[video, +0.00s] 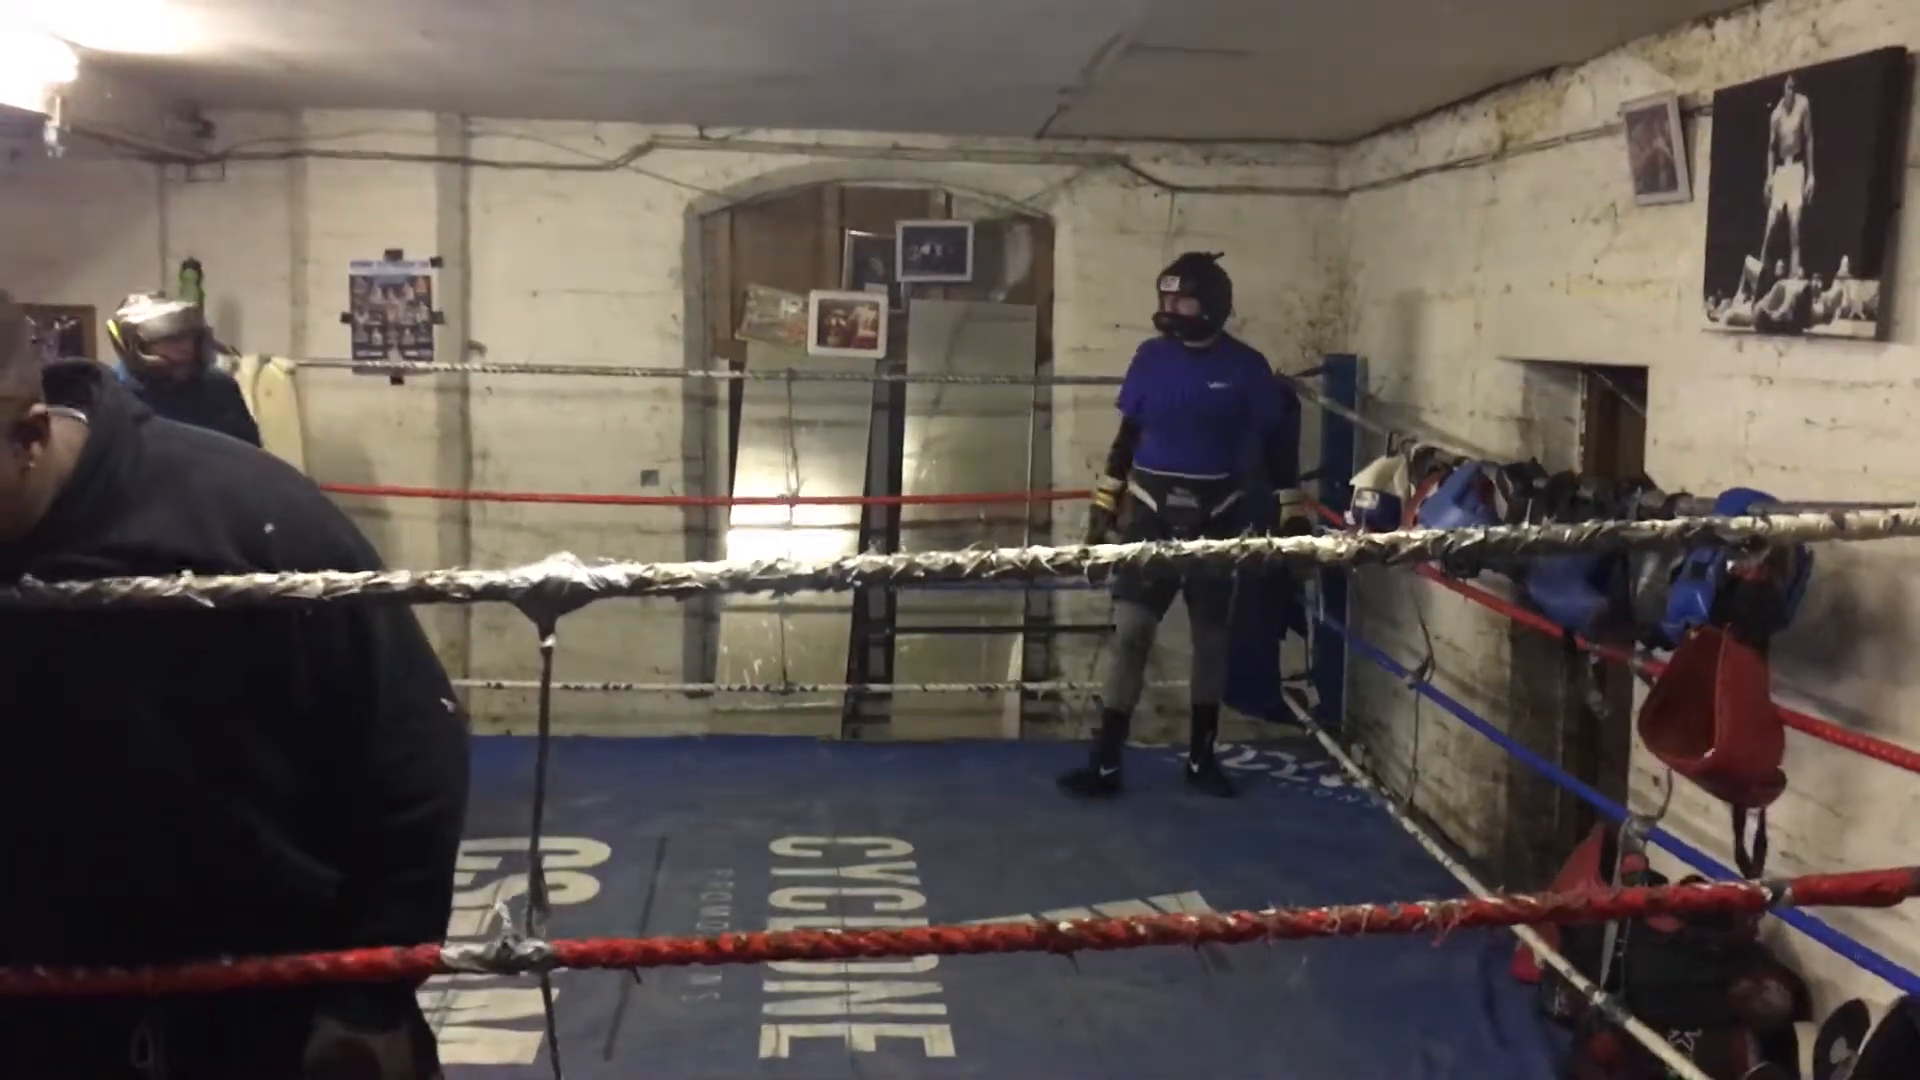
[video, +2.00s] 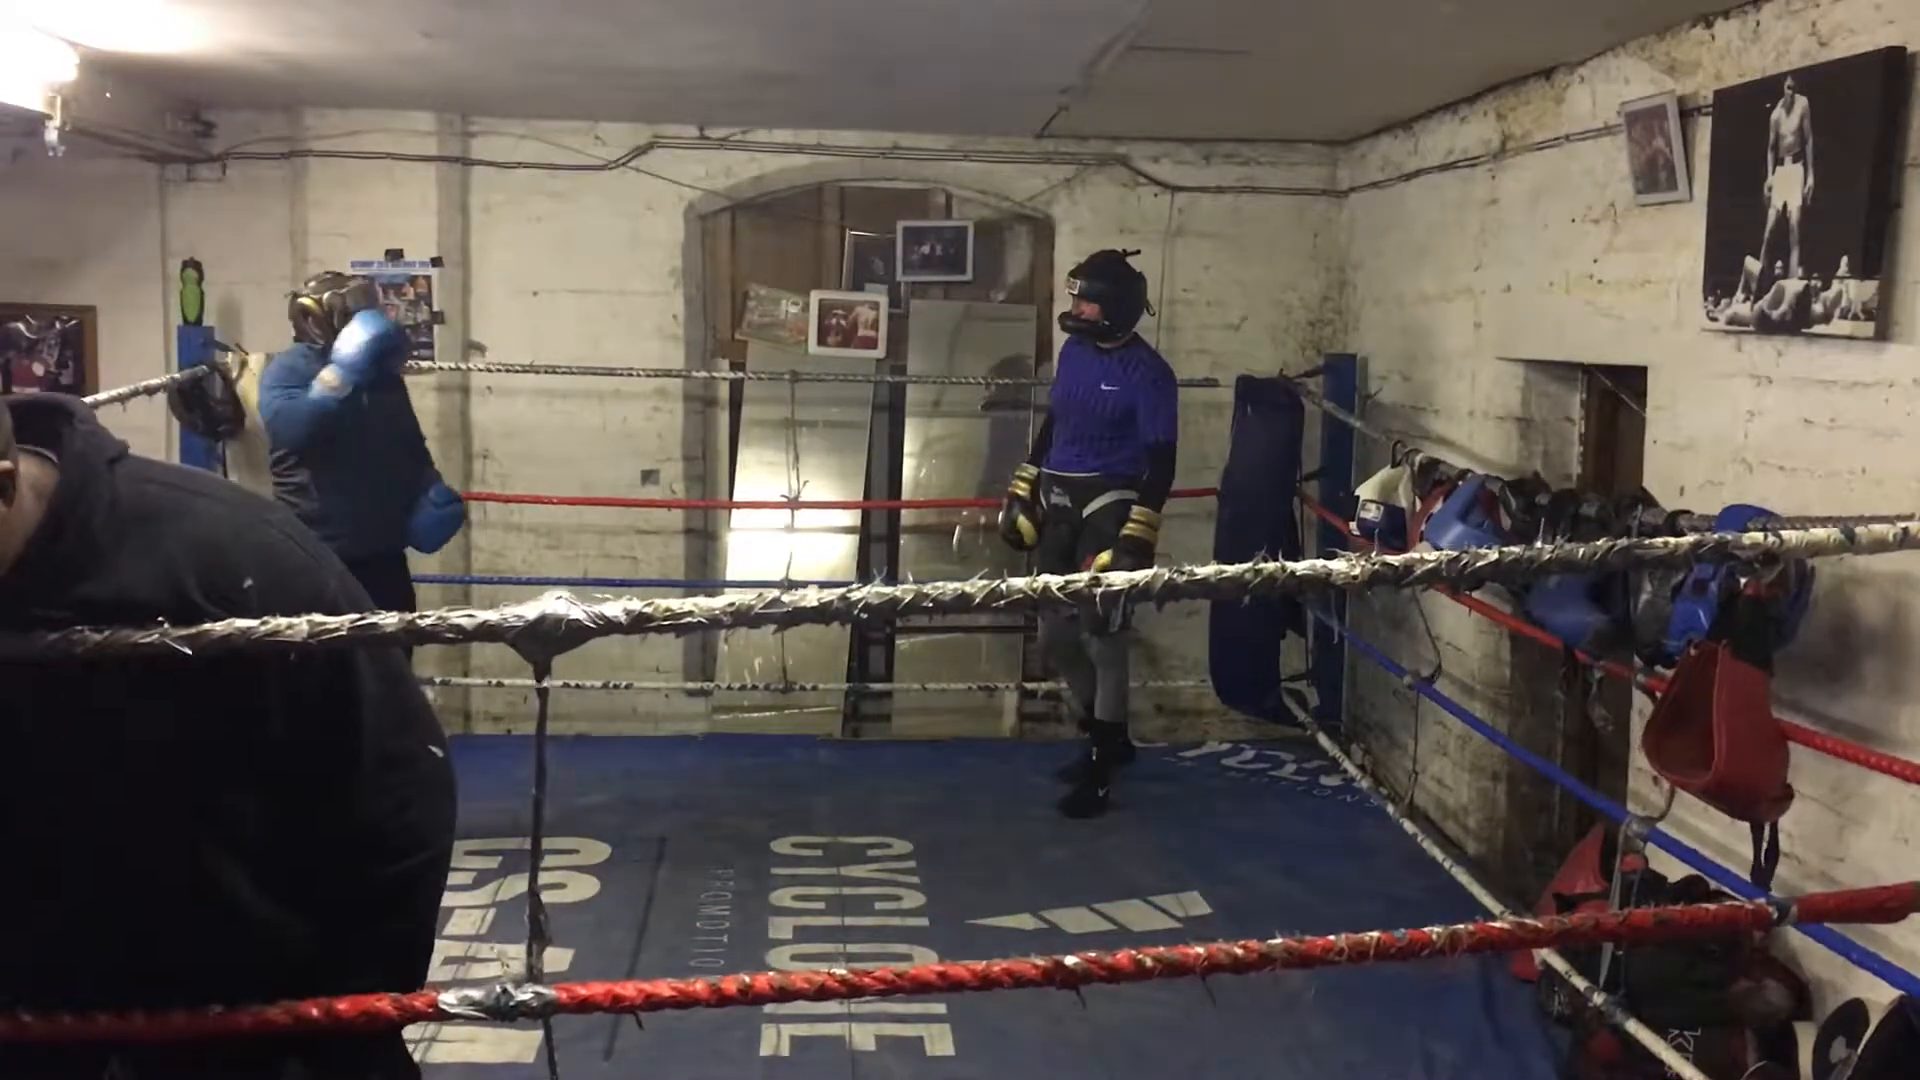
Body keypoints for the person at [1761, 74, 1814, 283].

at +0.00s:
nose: (1790, 91)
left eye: (1793, 88)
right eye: (1788, 88)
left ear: (1797, 89)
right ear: (1784, 89)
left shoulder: (1802, 104)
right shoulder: (1776, 114)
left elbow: (1809, 138)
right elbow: (1771, 147)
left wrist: (1811, 175)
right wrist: (1769, 176)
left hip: (1797, 164)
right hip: (1780, 165)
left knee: (1794, 217)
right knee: (1772, 218)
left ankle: (1795, 264)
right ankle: (1762, 261)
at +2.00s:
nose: (1789, 92)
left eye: (1792, 89)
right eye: (1787, 88)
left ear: (1797, 90)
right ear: (1783, 88)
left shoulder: (1802, 104)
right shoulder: (1775, 114)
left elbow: (1809, 139)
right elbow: (1771, 146)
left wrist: (1810, 175)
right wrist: (1769, 175)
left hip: (1797, 163)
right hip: (1780, 165)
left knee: (1794, 220)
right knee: (1771, 221)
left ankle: (1794, 269)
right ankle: (1762, 267)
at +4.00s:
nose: (1789, 92)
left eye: (1792, 89)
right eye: (1787, 88)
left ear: (1796, 89)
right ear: (1783, 89)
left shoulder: (1802, 104)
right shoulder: (1775, 115)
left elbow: (1808, 139)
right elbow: (1771, 146)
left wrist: (1810, 174)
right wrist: (1769, 175)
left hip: (1797, 163)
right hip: (1780, 164)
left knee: (1794, 220)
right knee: (1771, 221)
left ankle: (1795, 268)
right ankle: (1762, 267)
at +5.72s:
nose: (1789, 93)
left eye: (1792, 89)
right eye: (1787, 89)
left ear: (1796, 90)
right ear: (1782, 89)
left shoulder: (1801, 105)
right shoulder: (1775, 114)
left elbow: (1809, 139)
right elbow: (1771, 146)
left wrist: (1810, 174)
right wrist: (1769, 176)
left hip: (1797, 164)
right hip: (1780, 165)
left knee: (1794, 220)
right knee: (1771, 220)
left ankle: (1794, 268)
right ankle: (1762, 267)